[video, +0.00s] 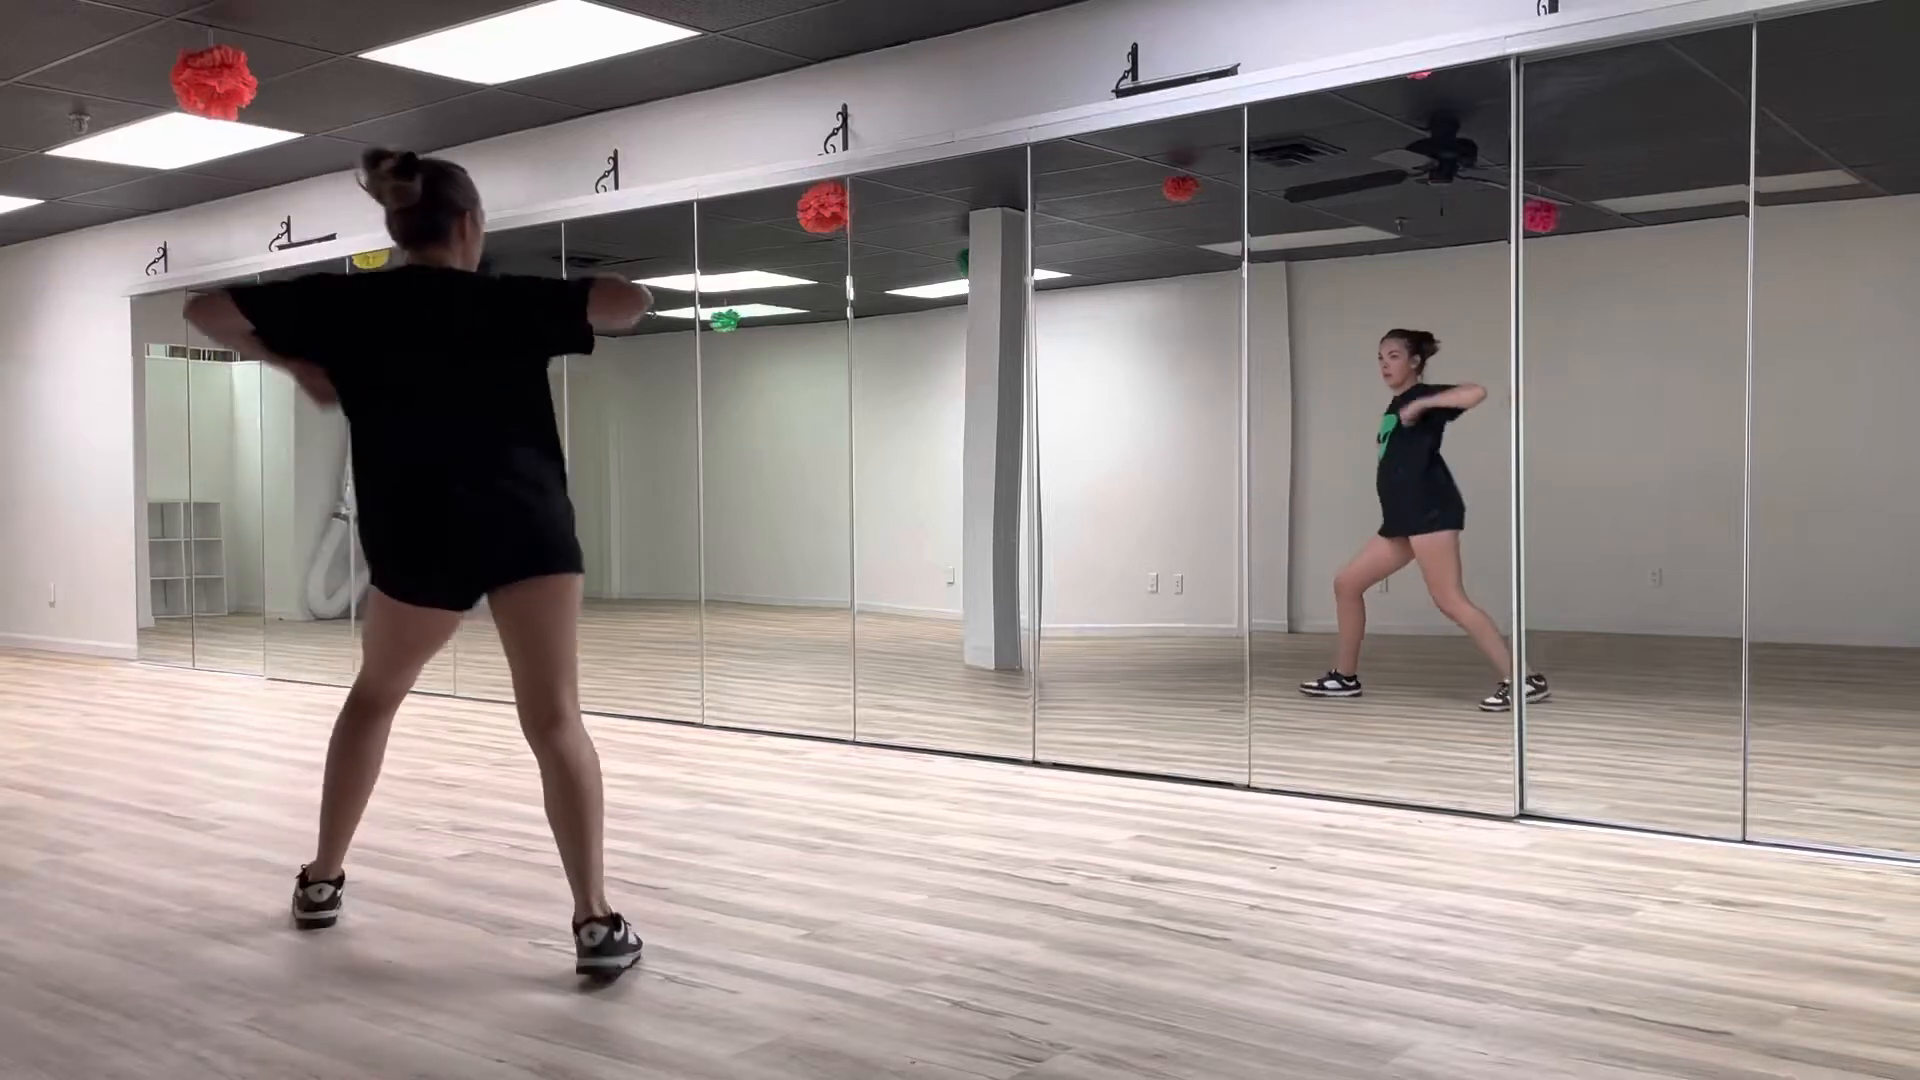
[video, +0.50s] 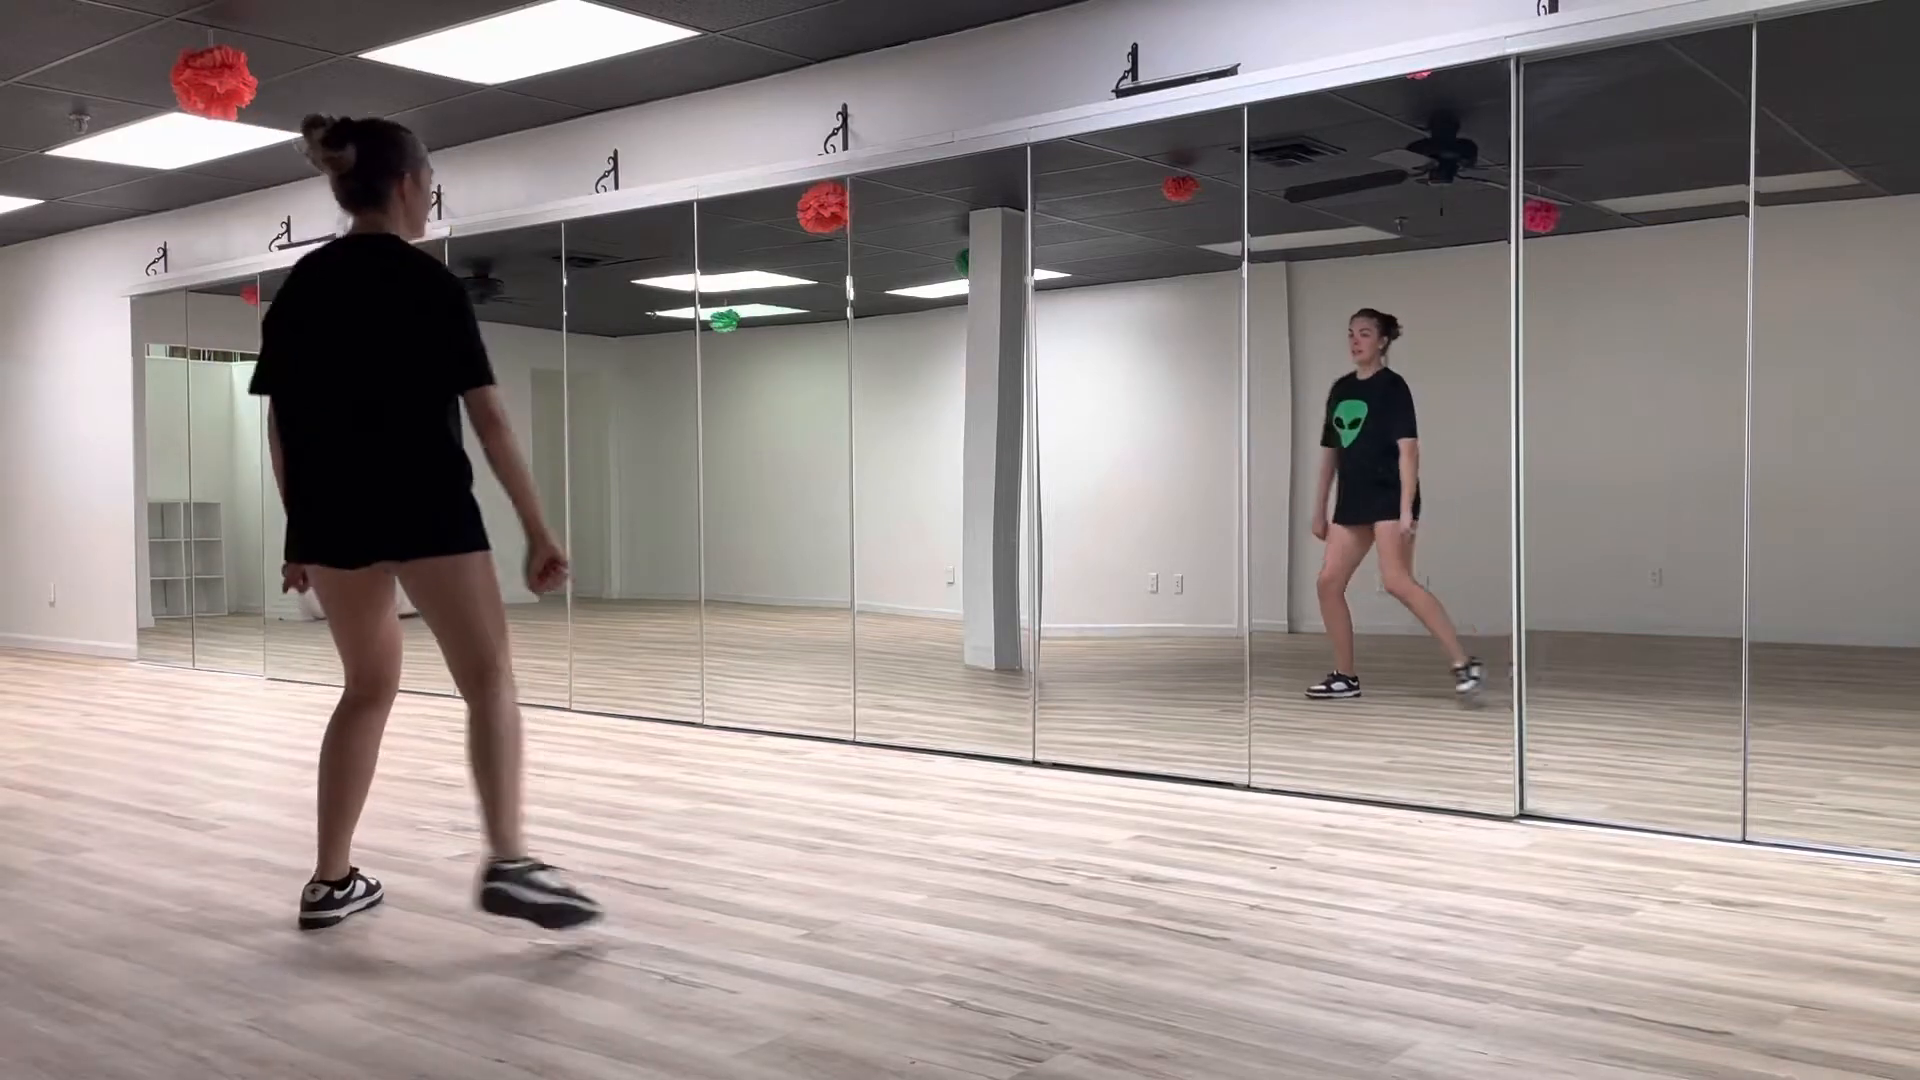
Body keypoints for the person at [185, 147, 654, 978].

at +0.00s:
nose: (481, 237)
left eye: (476, 227)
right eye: (480, 227)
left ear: (395, 233)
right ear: (468, 227)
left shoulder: (345, 302)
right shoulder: (509, 299)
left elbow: (202, 308)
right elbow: (627, 302)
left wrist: (295, 363)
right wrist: (562, 301)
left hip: (417, 533)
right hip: (530, 524)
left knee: (373, 697)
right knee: (555, 720)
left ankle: (324, 876)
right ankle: (594, 919)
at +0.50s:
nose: (432, 203)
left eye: (431, 189)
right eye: (428, 188)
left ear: (347, 192)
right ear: (404, 187)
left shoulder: (297, 286)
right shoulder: (429, 281)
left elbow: (279, 427)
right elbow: (488, 416)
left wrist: (298, 534)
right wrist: (537, 527)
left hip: (327, 515)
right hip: (427, 505)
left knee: (366, 685)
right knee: (487, 679)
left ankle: (330, 878)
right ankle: (509, 858)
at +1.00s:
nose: (424, 188)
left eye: (420, 171)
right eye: (418, 172)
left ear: (352, 177)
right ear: (389, 174)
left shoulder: (318, 260)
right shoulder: (371, 262)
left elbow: (322, 398)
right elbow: (389, 403)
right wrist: (418, 527)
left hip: (298, 490)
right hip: (357, 493)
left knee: (331, 683)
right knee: (367, 683)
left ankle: (306, 875)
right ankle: (338, 876)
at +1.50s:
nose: (378, 222)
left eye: (377, 209)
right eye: (371, 208)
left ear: (333, 212)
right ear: (332, 211)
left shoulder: (338, 289)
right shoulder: (269, 276)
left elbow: (342, 331)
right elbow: (219, 278)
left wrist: (399, 308)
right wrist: (334, 258)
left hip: (340, 505)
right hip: (294, 507)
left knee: (303, 671)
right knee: (392, 674)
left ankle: (216, 801)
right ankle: (344, 876)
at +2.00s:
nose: (389, 233)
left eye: (385, 219)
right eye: (380, 218)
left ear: (334, 227)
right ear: (343, 224)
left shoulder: (332, 309)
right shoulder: (305, 301)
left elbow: (336, 423)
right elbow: (314, 416)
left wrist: (375, 518)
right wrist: (386, 507)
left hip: (318, 524)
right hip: (306, 524)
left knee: (309, 684)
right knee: (414, 687)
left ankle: (208, 807)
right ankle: (345, 876)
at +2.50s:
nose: (428, 188)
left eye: (426, 173)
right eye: (424, 173)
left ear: (350, 178)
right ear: (397, 173)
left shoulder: (318, 263)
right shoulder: (399, 263)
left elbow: (315, 397)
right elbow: (420, 401)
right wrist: (448, 524)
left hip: (312, 489)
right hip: (384, 492)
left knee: (335, 681)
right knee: (377, 684)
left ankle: (326, 875)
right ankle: (347, 876)